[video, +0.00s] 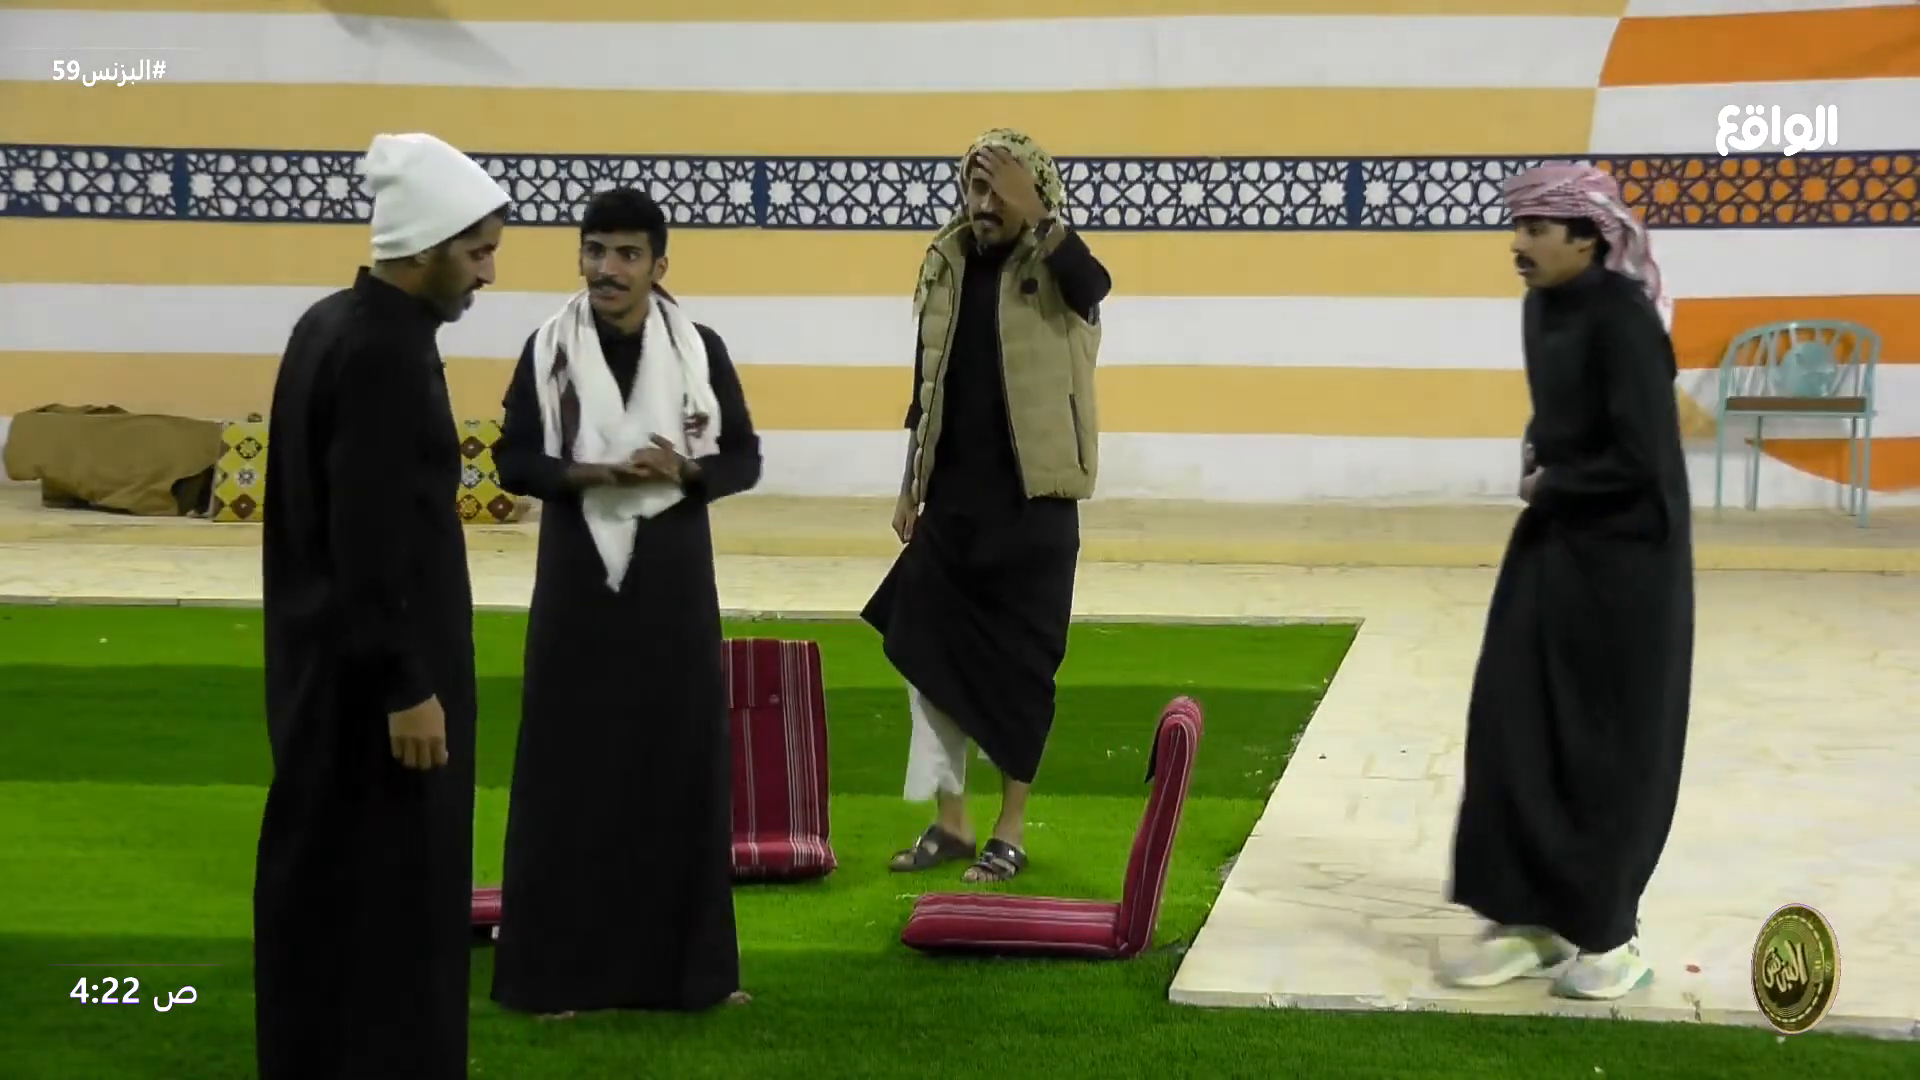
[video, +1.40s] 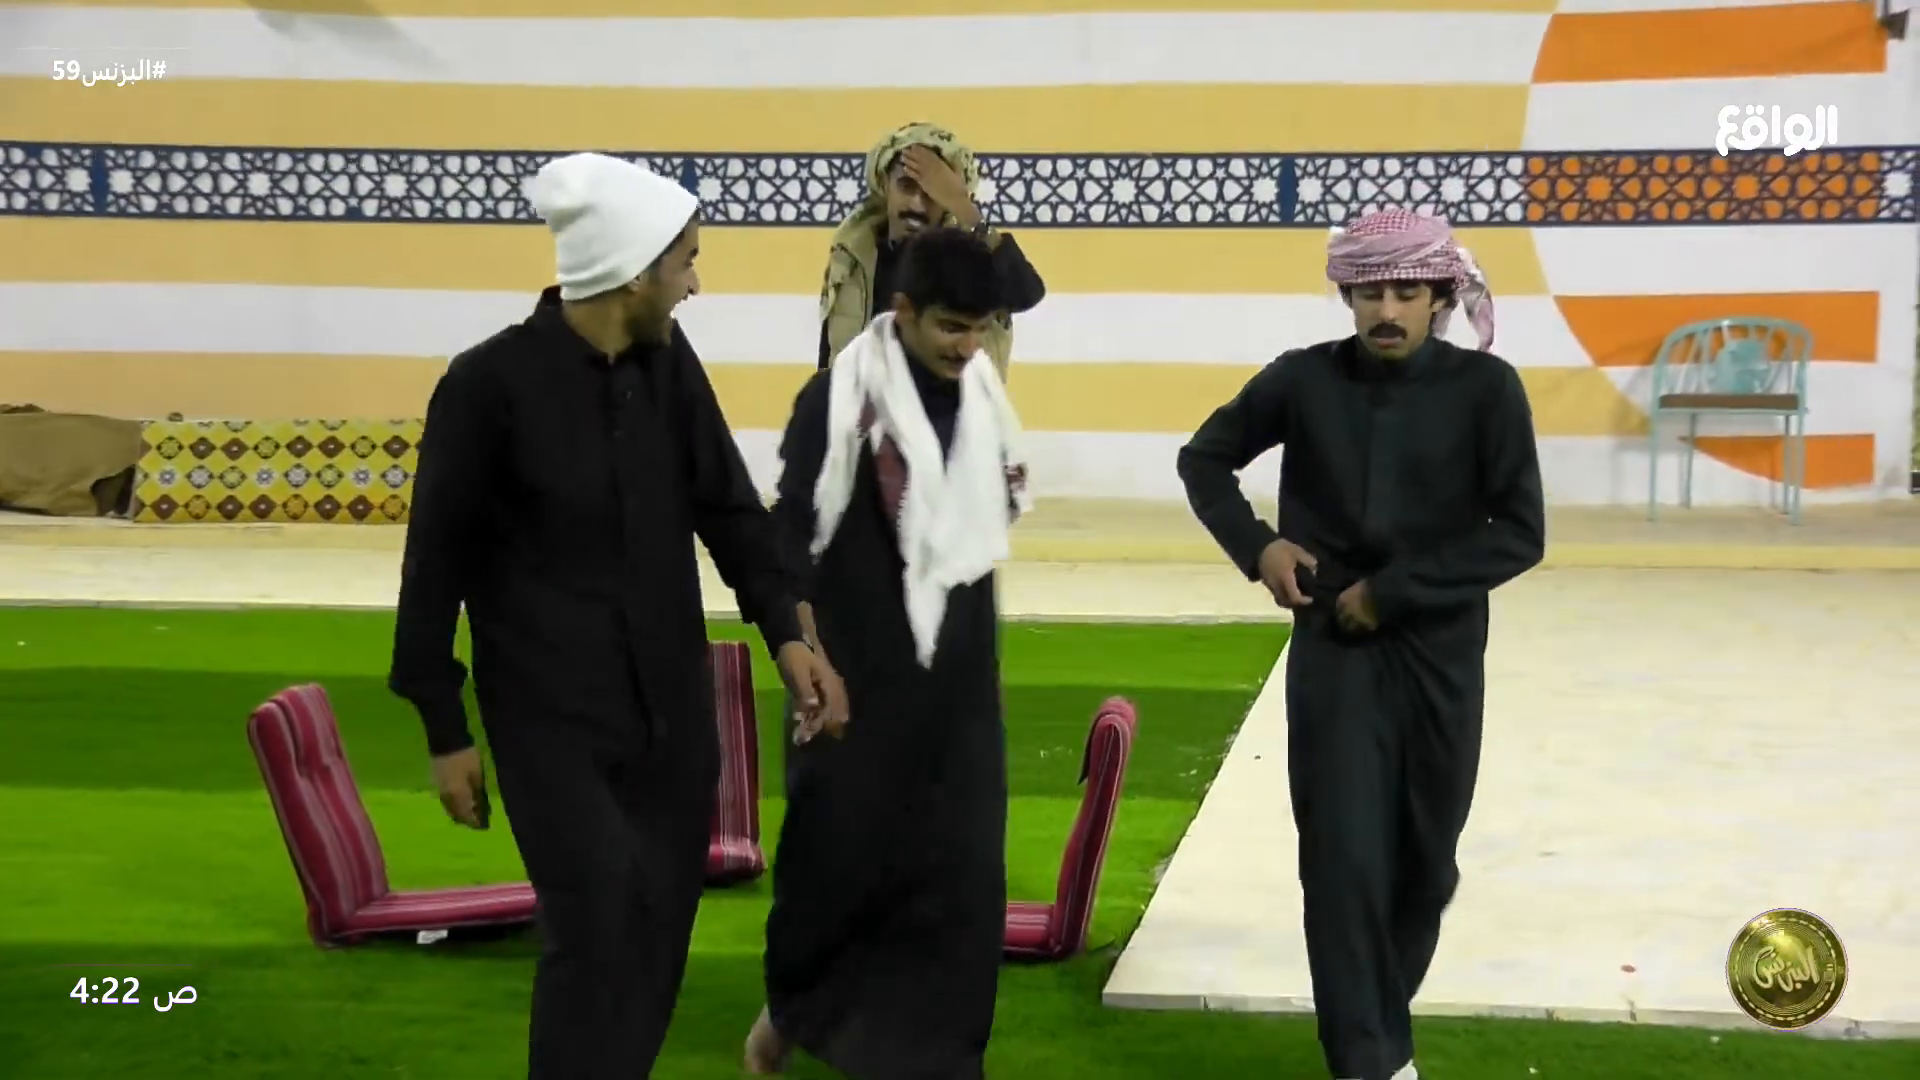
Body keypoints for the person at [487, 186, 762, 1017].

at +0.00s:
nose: (609, 267)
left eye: (627, 254)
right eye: (596, 251)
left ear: (658, 262)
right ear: (581, 257)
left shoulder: (697, 346)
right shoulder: (551, 345)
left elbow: (746, 459)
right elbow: (517, 465)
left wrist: (687, 472)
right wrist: (602, 470)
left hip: (672, 592)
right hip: (576, 590)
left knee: (680, 767)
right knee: (571, 769)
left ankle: (693, 970)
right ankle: (562, 976)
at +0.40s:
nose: (721, 273)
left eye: (739, 259)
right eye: (706, 256)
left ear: (764, 268)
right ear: (685, 261)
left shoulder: (783, 351)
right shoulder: (643, 350)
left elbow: (817, 449)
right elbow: (612, 474)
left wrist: (817, 492)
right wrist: (601, 595)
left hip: (745, 599)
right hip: (655, 599)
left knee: (743, 781)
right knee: (652, 782)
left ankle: (736, 972)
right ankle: (648, 980)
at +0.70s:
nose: (809, 309)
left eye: (820, 294)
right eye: (792, 293)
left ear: (832, 291)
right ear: (749, 284)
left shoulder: (827, 372)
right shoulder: (694, 375)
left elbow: (860, 465)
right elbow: (638, 486)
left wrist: (882, 518)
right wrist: (599, 580)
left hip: (792, 621)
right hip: (713, 621)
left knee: (763, 799)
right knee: (748, 797)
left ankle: (701, 963)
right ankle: (787, 1001)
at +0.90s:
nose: (838, 327)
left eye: (848, 311)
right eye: (820, 314)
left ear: (860, 301)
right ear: (775, 302)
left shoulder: (860, 374)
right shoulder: (726, 394)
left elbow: (886, 478)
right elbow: (678, 536)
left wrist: (913, 555)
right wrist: (686, 667)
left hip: (831, 636)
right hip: (752, 641)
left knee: (816, 813)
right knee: (786, 813)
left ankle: (719, 944)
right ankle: (795, 1020)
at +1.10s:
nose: (869, 331)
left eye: (880, 314)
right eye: (851, 316)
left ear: (892, 304)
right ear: (805, 300)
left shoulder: (888, 367)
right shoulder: (750, 389)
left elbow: (905, 493)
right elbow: (726, 527)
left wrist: (907, 586)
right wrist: (760, 634)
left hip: (879, 633)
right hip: (789, 638)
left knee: (890, 814)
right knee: (783, 825)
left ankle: (849, 992)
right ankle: (775, 1020)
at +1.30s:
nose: (922, 347)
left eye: (934, 331)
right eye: (904, 330)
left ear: (943, 324)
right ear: (854, 314)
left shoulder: (942, 410)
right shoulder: (796, 406)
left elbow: (972, 548)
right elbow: (754, 538)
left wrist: (967, 666)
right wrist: (809, 628)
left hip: (922, 674)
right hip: (813, 676)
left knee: (931, 860)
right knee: (799, 851)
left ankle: (946, 1045)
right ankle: (774, 1016)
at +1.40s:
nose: (966, 343)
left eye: (979, 327)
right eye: (949, 326)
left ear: (991, 319)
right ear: (900, 308)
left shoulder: (978, 390)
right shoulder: (839, 397)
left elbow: (978, 512)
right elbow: (792, 538)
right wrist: (808, 656)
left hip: (961, 668)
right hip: (864, 670)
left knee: (963, 863)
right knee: (850, 853)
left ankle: (944, 1052)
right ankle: (794, 1009)